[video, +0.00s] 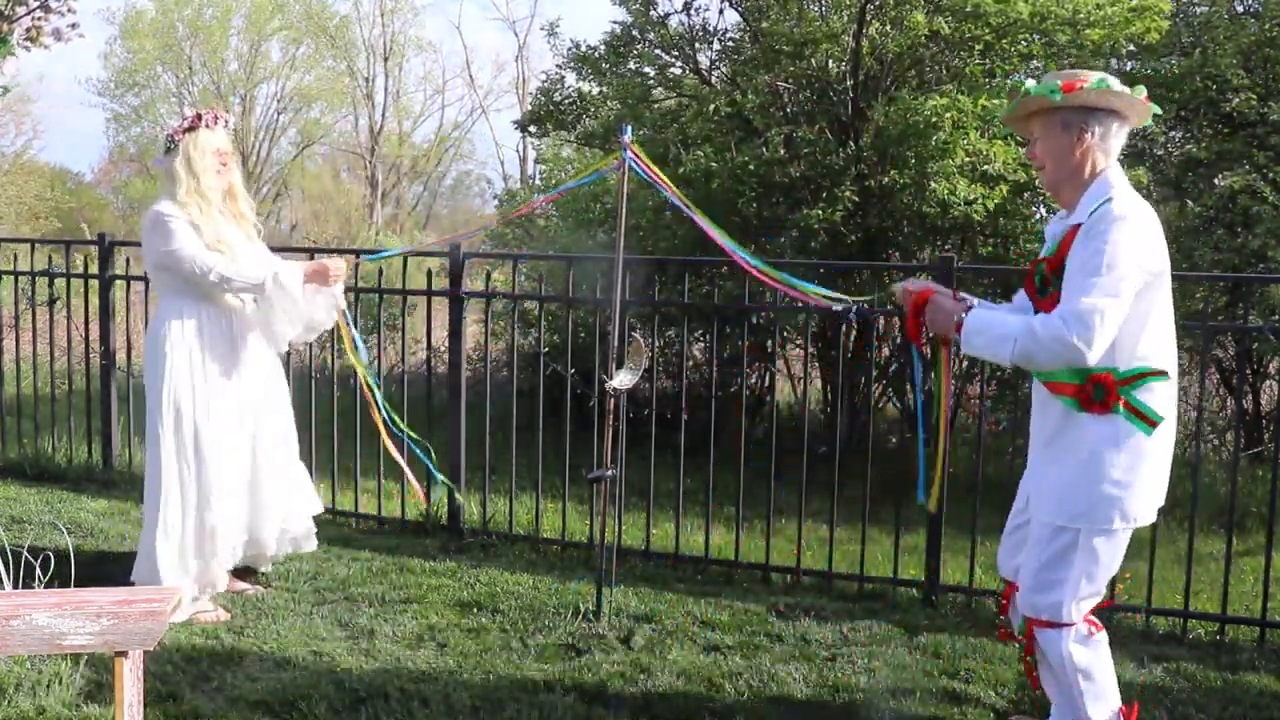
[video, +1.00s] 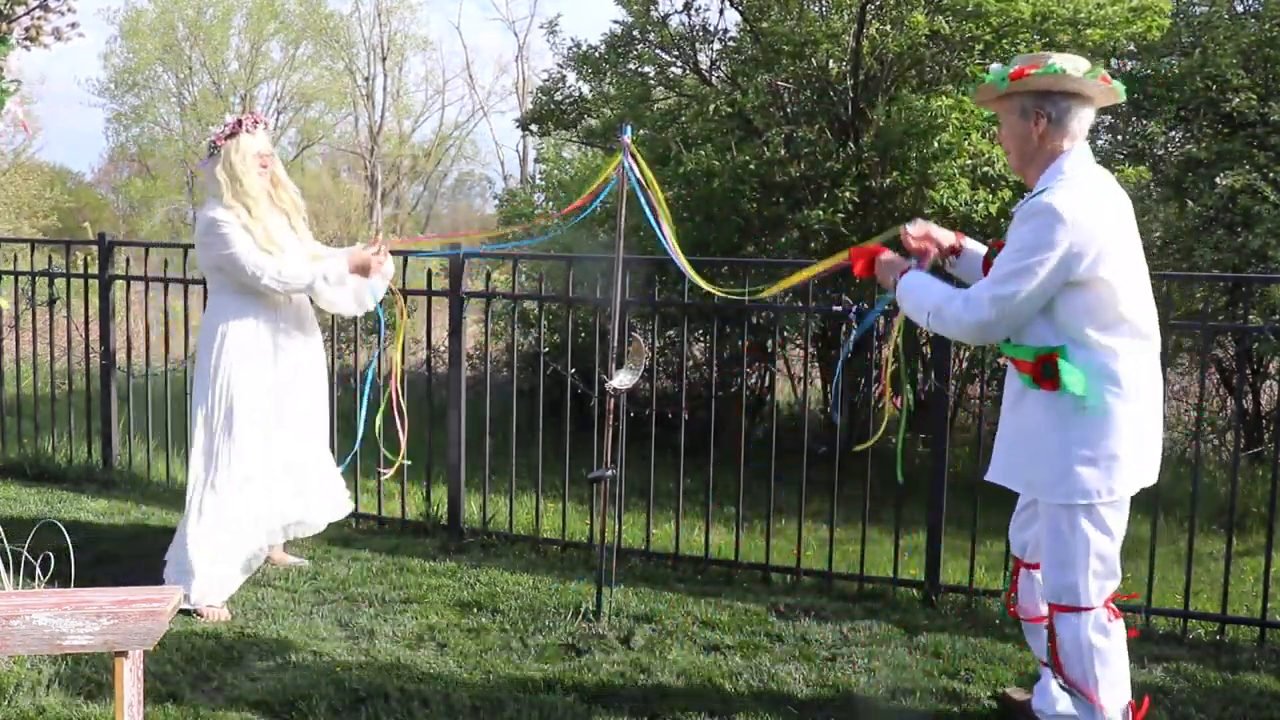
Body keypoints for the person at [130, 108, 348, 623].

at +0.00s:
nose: (226, 161)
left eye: (230, 153)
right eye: (215, 154)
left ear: (235, 160)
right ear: (187, 162)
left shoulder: (234, 222)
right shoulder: (165, 218)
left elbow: (265, 283)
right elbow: (206, 270)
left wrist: (317, 284)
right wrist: (291, 276)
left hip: (234, 351)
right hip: (188, 353)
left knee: (231, 457)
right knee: (191, 463)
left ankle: (219, 570)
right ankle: (182, 588)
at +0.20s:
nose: (227, 162)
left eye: (230, 153)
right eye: (216, 154)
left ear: (235, 160)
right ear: (188, 162)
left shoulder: (233, 221)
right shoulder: (166, 219)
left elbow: (267, 274)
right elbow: (213, 271)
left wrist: (317, 278)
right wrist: (294, 274)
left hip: (237, 350)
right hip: (190, 353)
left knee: (237, 458)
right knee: (199, 464)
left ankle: (222, 571)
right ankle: (185, 589)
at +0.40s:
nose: (234, 164)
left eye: (236, 157)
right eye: (223, 157)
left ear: (239, 164)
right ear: (195, 165)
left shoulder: (237, 222)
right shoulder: (174, 220)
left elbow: (271, 285)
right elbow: (219, 273)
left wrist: (328, 272)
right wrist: (306, 262)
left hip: (241, 362)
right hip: (196, 363)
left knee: (248, 456)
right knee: (203, 465)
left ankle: (249, 561)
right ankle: (193, 591)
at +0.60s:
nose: (251, 166)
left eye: (253, 158)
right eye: (240, 159)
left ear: (257, 163)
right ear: (213, 167)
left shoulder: (255, 224)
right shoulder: (193, 219)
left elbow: (281, 298)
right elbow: (224, 274)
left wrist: (340, 278)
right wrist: (303, 262)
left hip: (257, 364)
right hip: (214, 365)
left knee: (248, 466)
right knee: (211, 468)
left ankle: (214, 584)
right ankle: (190, 593)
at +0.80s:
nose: (265, 168)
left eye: (267, 160)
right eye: (254, 162)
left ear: (272, 166)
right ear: (226, 170)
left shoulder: (270, 225)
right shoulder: (211, 226)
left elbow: (310, 277)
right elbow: (255, 282)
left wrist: (359, 276)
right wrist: (334, 273)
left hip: (278, 363)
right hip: (234, 366)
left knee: (278, 456)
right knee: (229, 468)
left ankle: (270, 547)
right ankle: (199, 589)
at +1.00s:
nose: (269, 166)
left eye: (271, 156)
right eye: (257, 158)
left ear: (277, 161)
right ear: (230, 166)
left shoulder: (280, 216)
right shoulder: (217, 220)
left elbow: (318, 274)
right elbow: (264, 273)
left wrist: (366, 273)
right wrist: (342, 263)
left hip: (287, 346)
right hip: (240, 348)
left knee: (281, 443)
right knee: (234, 458)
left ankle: (268, 540)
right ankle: (204, 583)